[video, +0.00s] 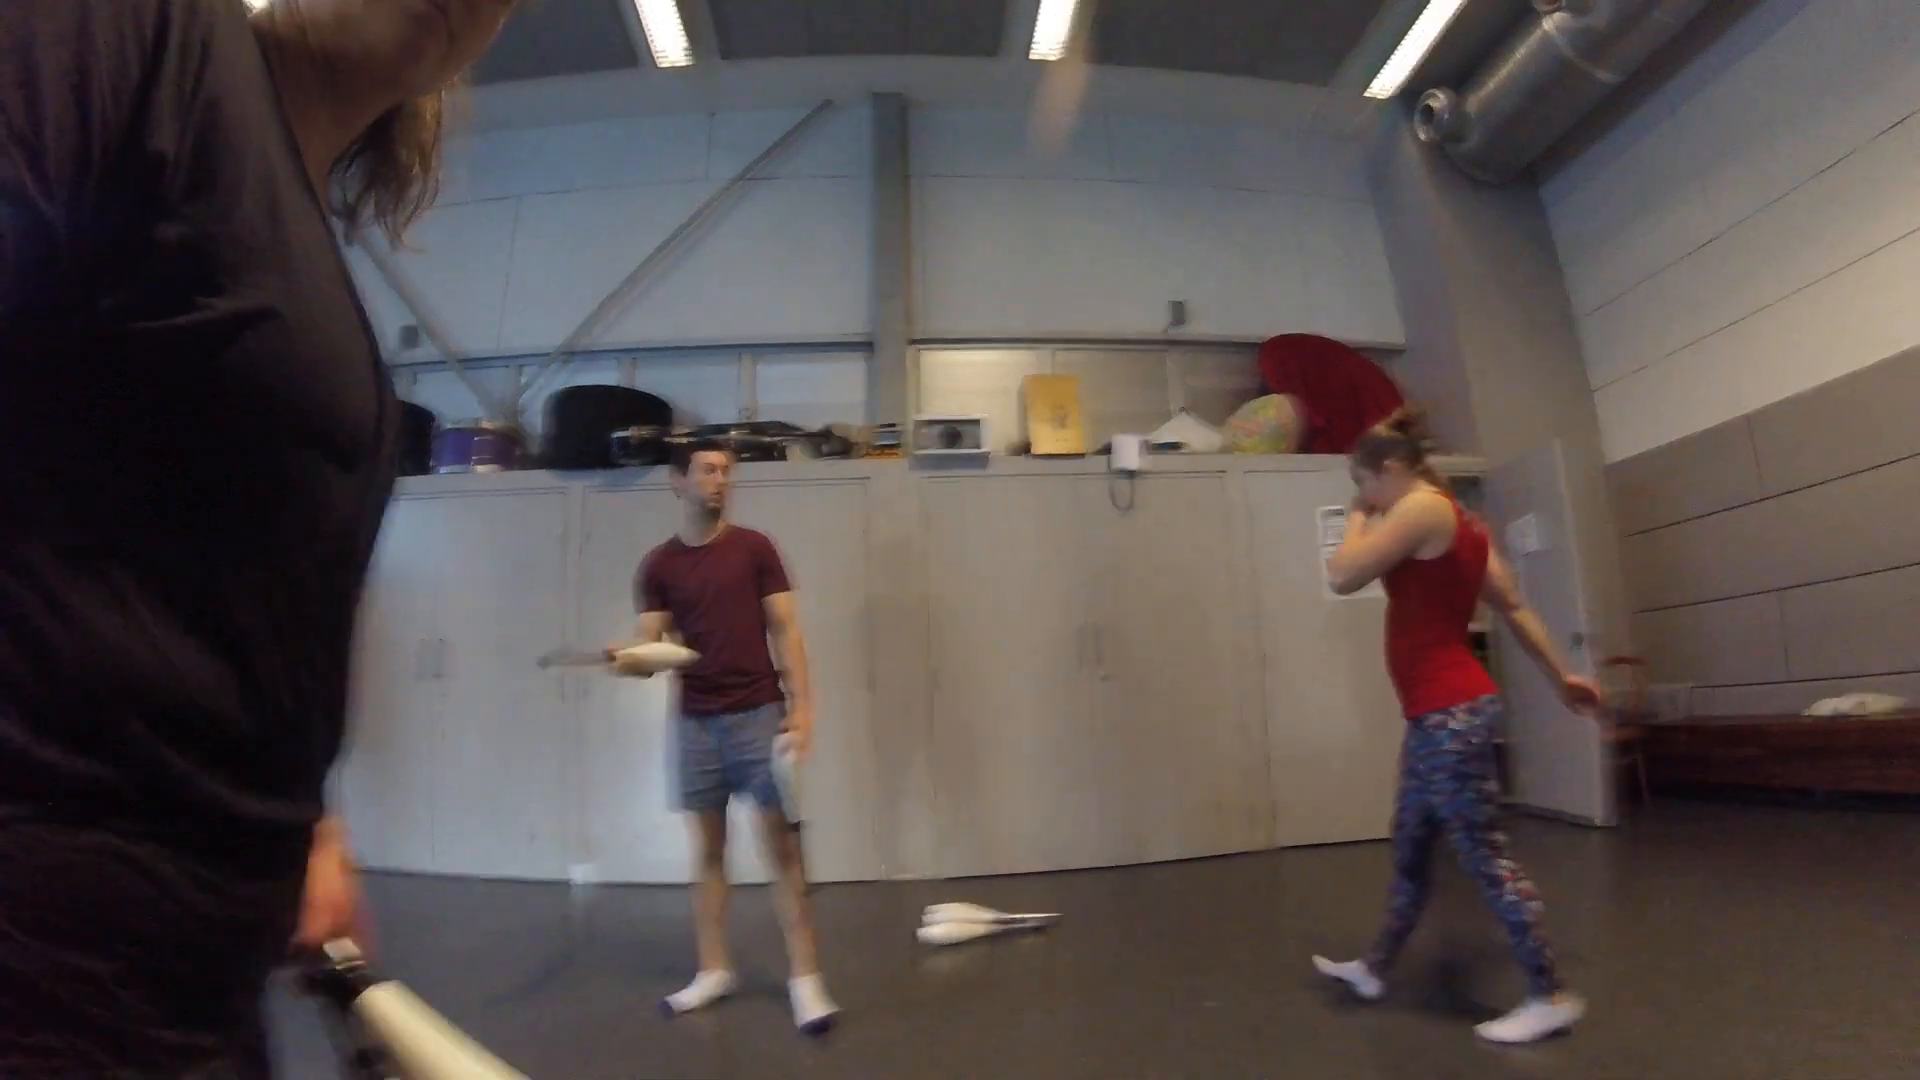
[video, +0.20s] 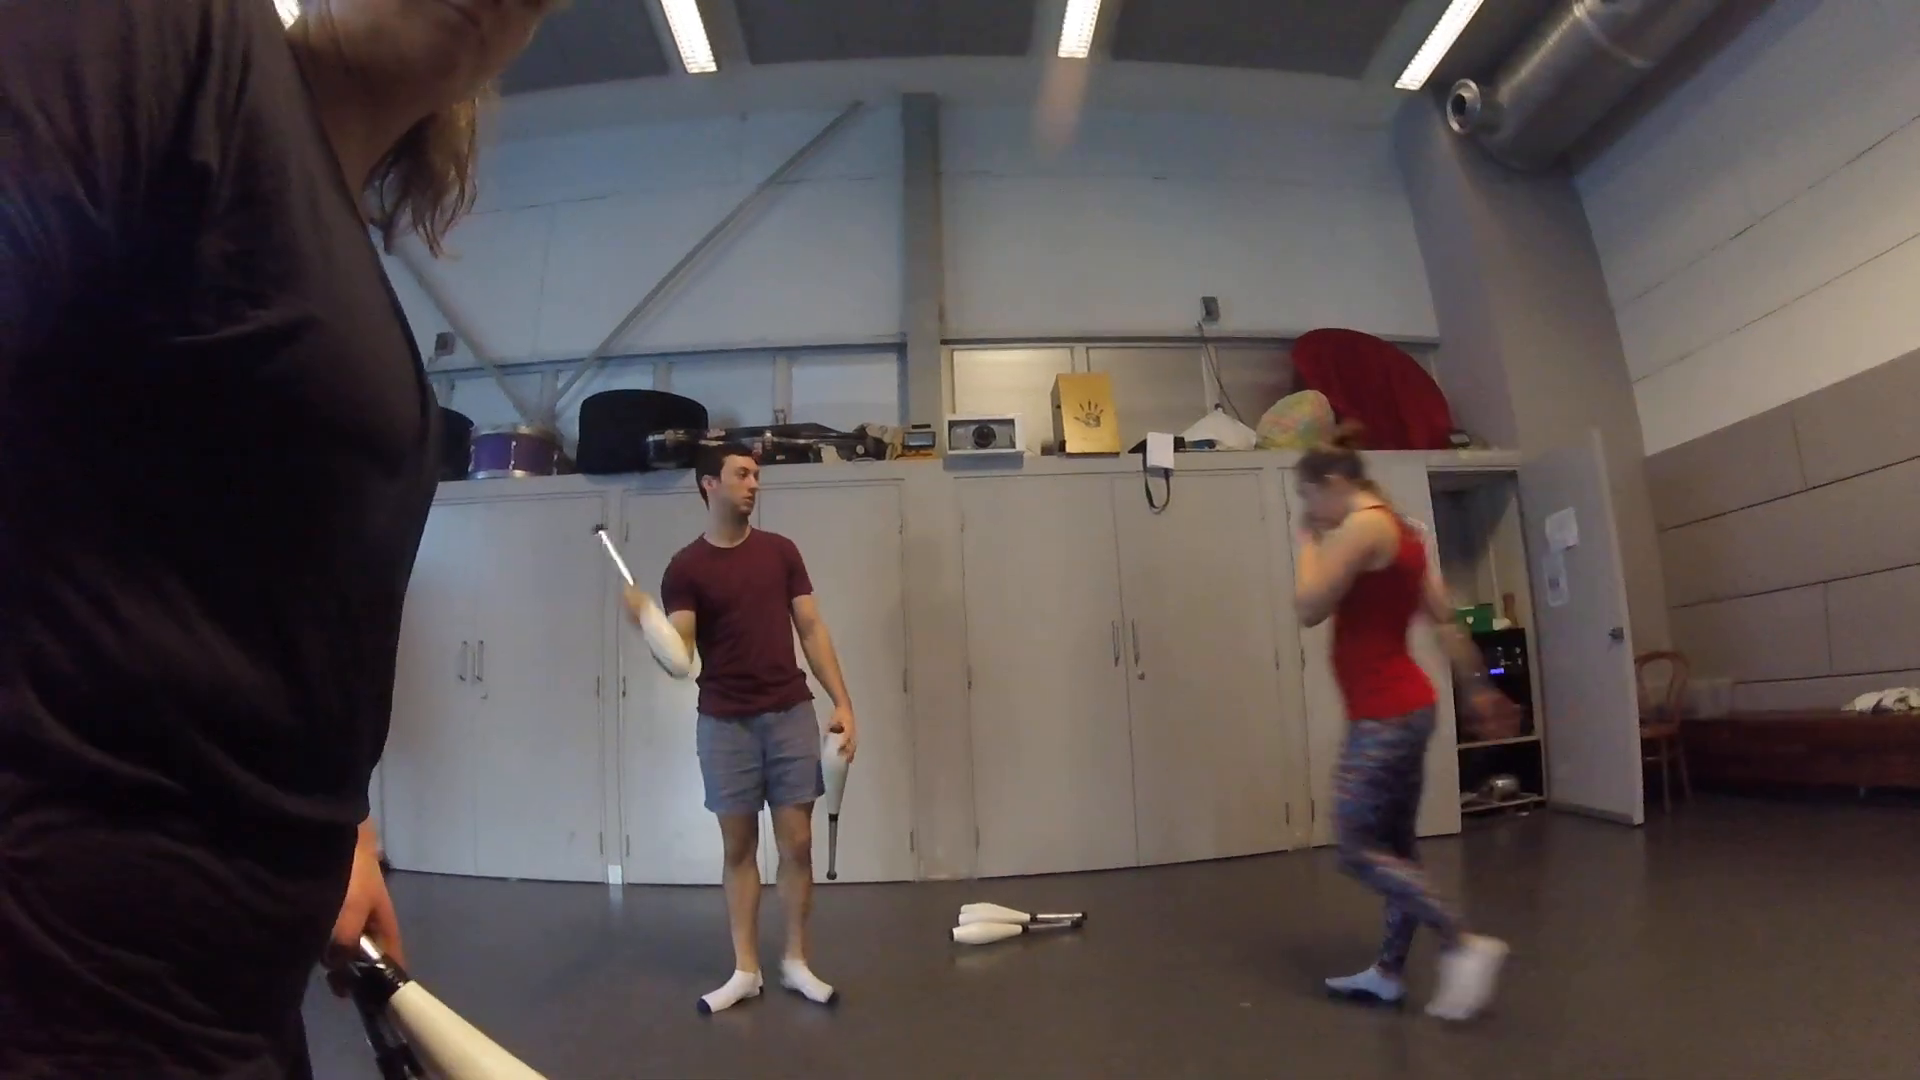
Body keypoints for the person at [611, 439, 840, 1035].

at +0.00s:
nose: (718, 481)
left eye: (724, 471)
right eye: (707, 471)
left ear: (731, 481)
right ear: (680, 481)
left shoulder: (756, 549)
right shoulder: (660, 564)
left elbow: (786, 628)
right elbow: (652, 648)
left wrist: (800, 708)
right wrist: (629, 660)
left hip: (759, 716)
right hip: (698, 720)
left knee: (785, 848)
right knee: (708, 851)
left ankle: (805, 979)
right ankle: (714, 970)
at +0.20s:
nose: (752, 483)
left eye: (755, 474)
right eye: (741, 474)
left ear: (758, 486)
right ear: (709, 486)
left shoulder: (780, 551)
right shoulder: (685, 567)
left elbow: (812, 629)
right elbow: (680, 658)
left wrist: (842, 702)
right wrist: (646, 617)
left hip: (791, 712)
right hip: (725, 721)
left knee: (798, 845)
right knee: (737, 850)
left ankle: (795, 963)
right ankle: (747, 970)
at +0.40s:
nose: (754, 482)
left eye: (756, 473)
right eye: (744, 473)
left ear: (756, 485)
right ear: (710, 482)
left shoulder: (776, 549)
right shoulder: (687, 560)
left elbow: (807, 629)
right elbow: (683, 650)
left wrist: (840, 700)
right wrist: (650, 593)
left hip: (786, 708)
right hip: (724, 715)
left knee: (787, 836)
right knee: (737, 843)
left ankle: (769, 946)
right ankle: (745, 966)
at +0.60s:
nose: (761, 485)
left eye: (762, 477)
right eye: (750, 476)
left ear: (759, 489)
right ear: (717, 485)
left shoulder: (780, 554)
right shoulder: (691, 560)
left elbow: (805, 633)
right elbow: (682, 653)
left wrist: (837, 700)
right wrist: (670, 596)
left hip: (784, 713)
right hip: (723, 717)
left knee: (777, 842)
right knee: (737, 845)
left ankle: (770, 952)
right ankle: (745, 967)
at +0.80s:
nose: (768, 488)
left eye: (771, 481)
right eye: (758, 479)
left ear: (772, 492)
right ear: (726, 488)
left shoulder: (787, 558)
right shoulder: (697, 559)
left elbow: (809, 633)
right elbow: (673, 654)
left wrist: (835, 683)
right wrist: (683, 610)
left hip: (779, 714)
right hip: (717, 715)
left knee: (769, 843)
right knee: (729, 847)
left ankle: (767, 955)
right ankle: (743, 968)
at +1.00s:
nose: (768, 491)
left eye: (773, 483)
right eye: (758, 480)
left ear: (777, 494)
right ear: (728, 488)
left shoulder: (790, 561)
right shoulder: (697, 558)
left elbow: (808, 628)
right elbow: (664, 646)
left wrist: (819, 638)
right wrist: (696, 621)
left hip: (771, 718)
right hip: (708, 717)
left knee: (763, 840)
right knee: (697, 843)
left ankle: (766, 953)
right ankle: (720, 960)